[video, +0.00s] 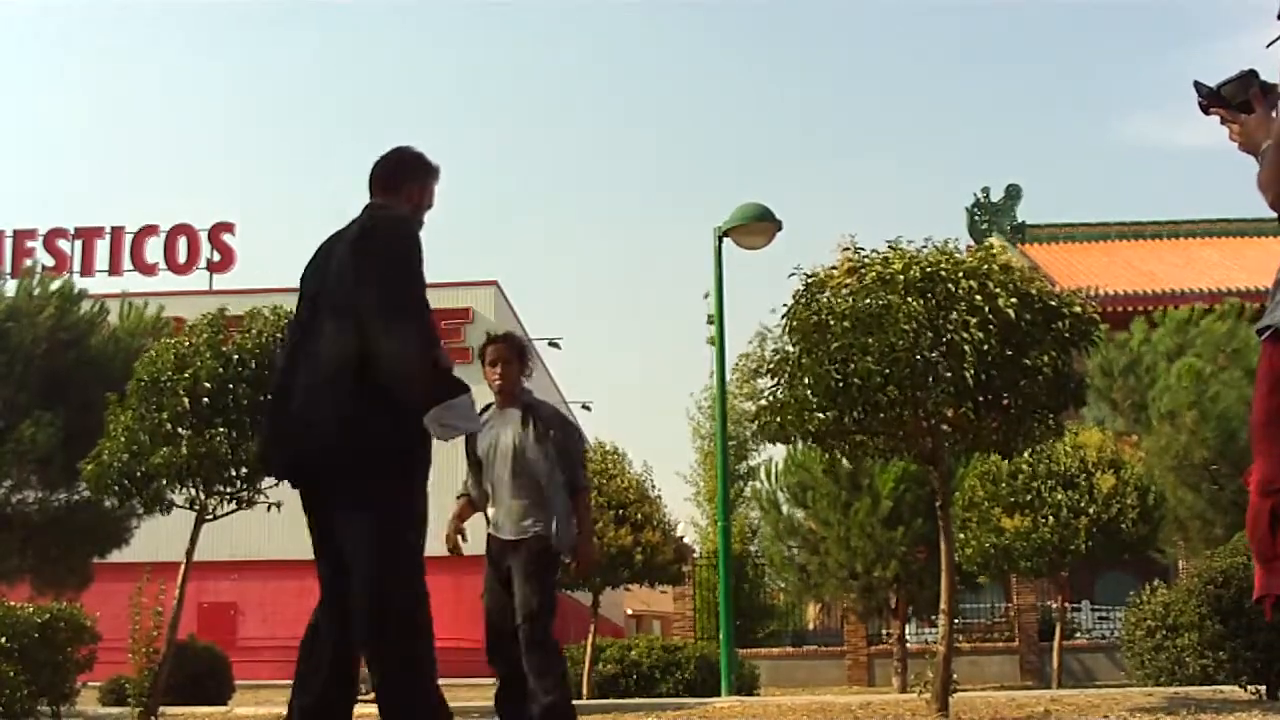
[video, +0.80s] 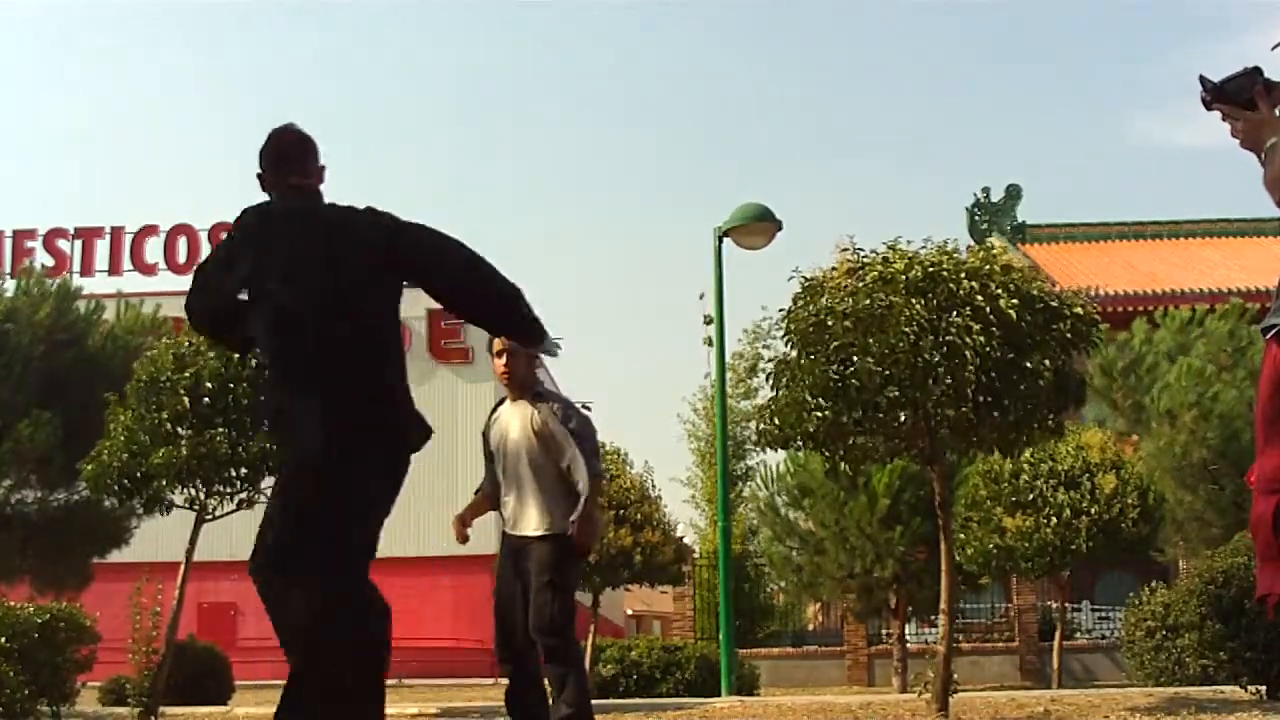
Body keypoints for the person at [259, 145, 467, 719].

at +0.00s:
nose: (426, 213)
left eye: (428, 202)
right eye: (425, 201)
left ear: (377, 187)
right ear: (407, 190)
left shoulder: (330, 250)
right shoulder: (392, 237)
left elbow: (305, 353)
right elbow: (402, 340)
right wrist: (449, 401)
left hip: (324, 448)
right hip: (380, 449)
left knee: (340, 597)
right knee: (396, 596)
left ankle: (314, 710)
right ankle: (417, 710)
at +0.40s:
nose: (414, 190)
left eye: (405, 181)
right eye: (417, 181)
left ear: (362, 177)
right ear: (415, 178)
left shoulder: (318, 238)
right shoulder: (426, 229)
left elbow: (313, 330)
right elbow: (481, 326)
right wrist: (540, 393)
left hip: (323, 437)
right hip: (413, 439)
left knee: (296, 581)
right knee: (441, 588)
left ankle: (277, 705)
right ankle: (443, 709)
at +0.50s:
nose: (389, 187)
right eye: (392, 179)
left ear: (337, 179)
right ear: (392, 178)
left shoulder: (296, 236)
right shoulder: (413, 233)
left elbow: (286, 334)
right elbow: (486, 316)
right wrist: (558, 377)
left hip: (307, 452)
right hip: (403, 451)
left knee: (290, 607)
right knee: (441, 609)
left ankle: (298, 716)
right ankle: (447, 713)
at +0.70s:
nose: (322, 176)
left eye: (297, 170)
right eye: (332, 165)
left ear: (283, 173)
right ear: (341, 167)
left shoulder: (261, 221)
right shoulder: (384, 224)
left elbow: (226, 308)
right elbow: (473, 283)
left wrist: (290, 335)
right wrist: (557, 338)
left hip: (289, 441)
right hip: (375, 435)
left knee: (295, 596)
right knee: (394, 573)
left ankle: (293, 707)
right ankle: (426, 652)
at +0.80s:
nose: (283, 186)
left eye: (269, 179)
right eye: (303, 170)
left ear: (263, 179)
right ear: (320, 173)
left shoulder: (256, 229)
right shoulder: (372, 227)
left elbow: (204, 305)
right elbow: (459, 269)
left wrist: (258, 327)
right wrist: (524, 327)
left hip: (315, 434)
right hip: (387, 429)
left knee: (276, 561)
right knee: (343, 570)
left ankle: (327, 699)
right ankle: (355, 705)